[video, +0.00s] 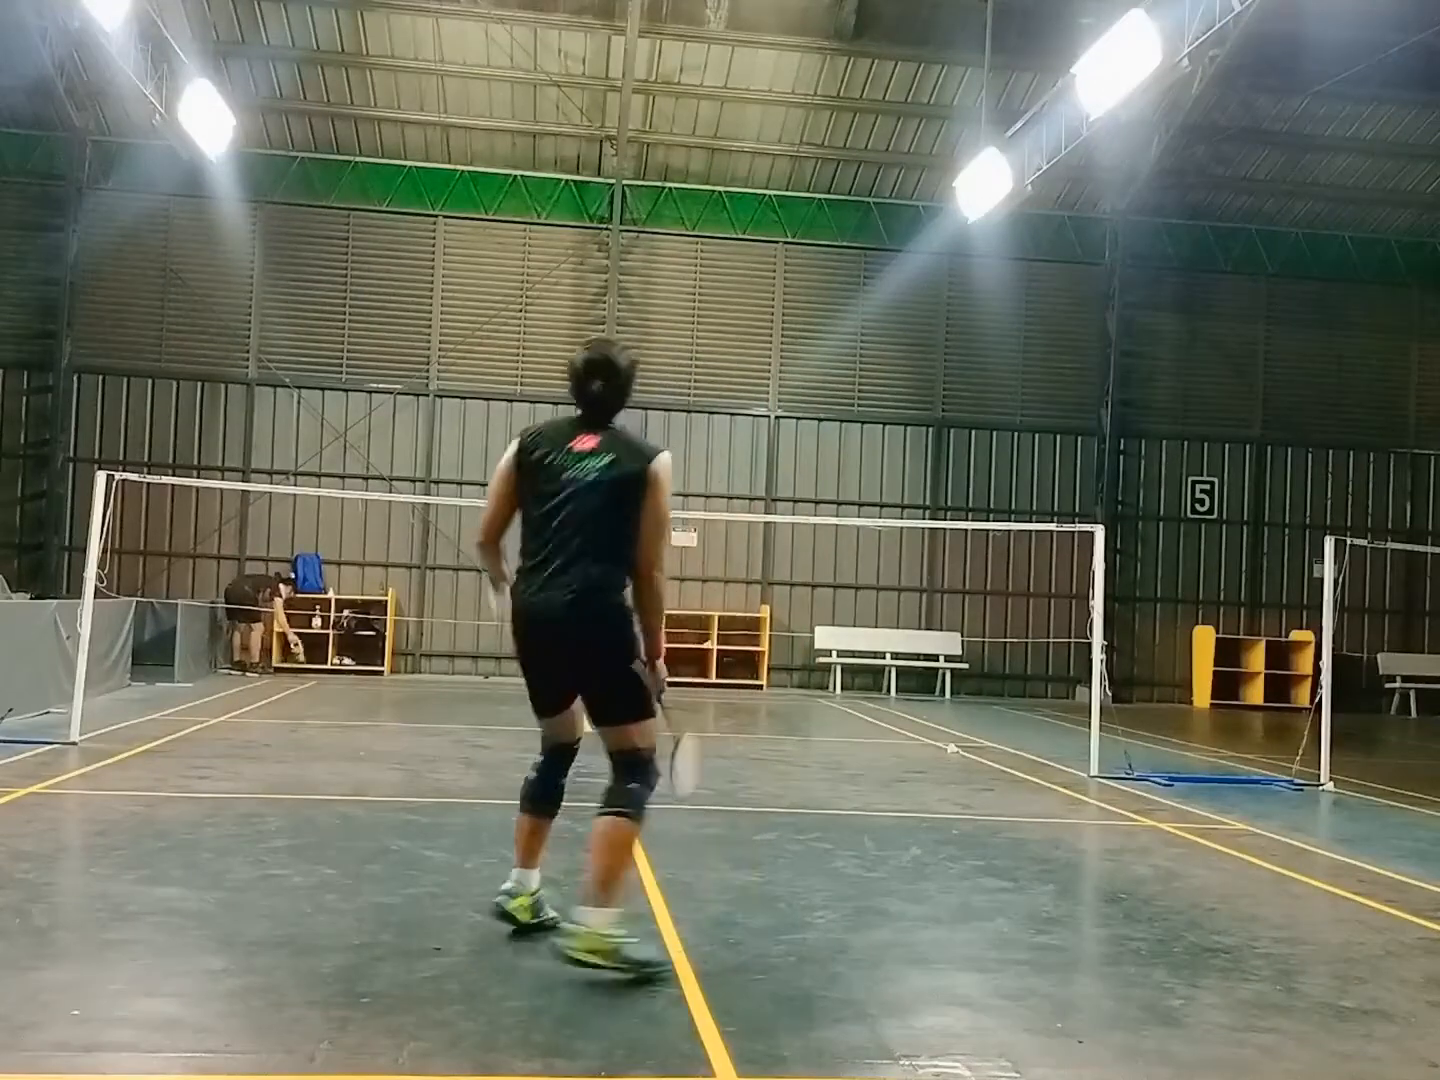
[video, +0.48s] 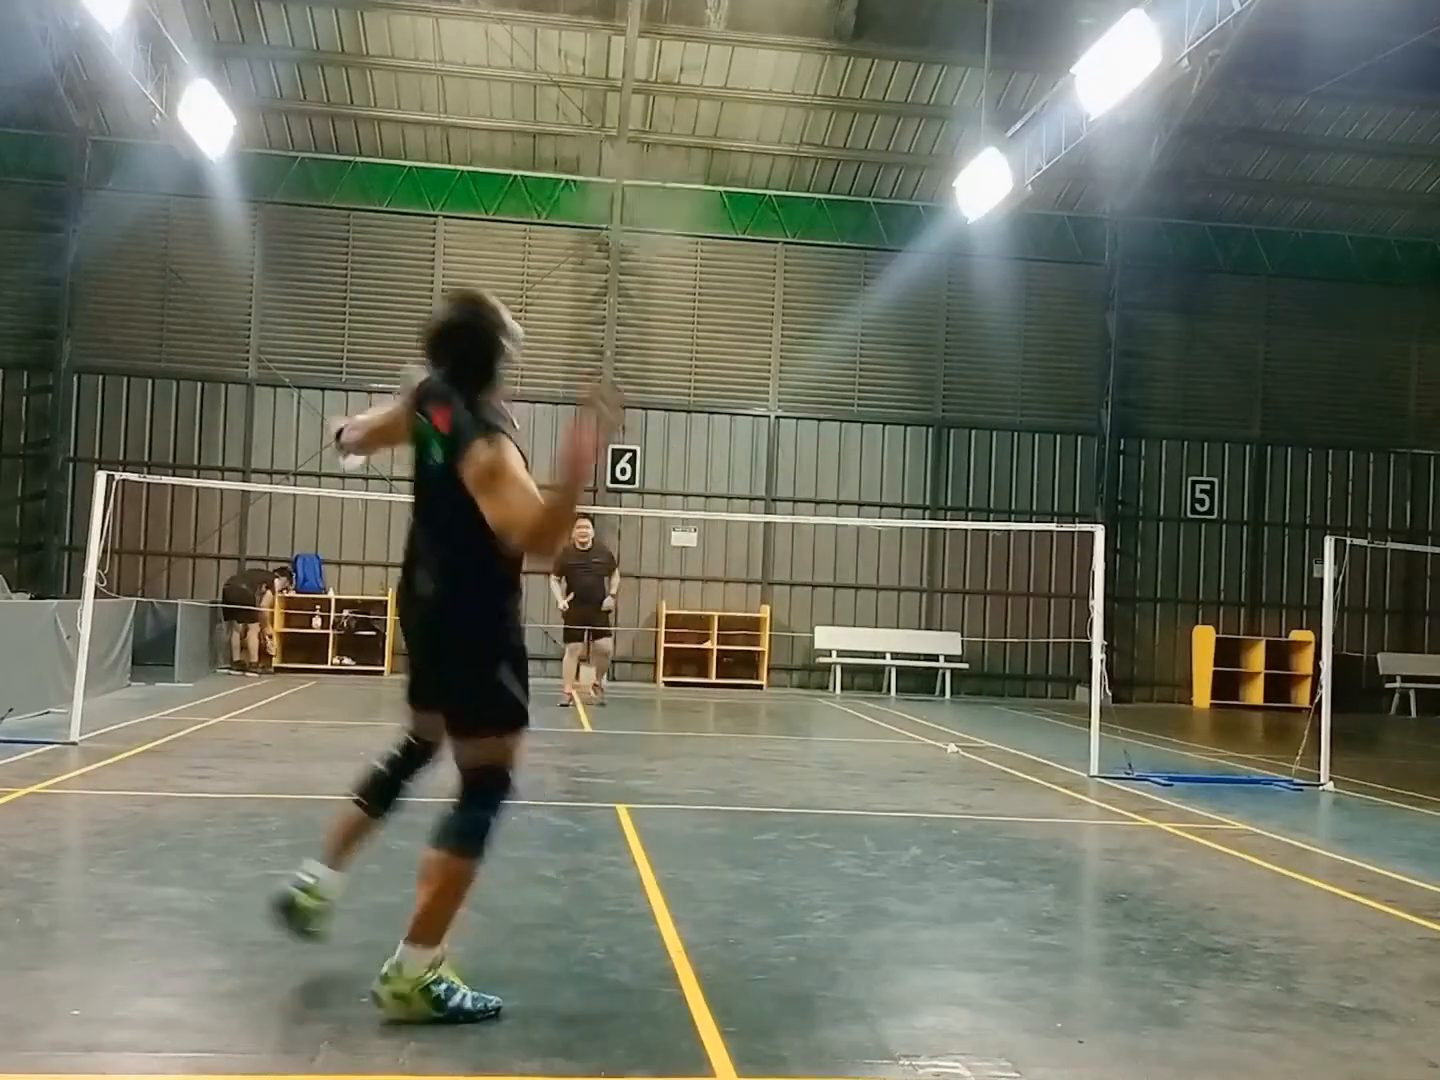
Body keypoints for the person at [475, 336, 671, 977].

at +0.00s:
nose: (606, 397)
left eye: (594, 384)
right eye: (622, 392)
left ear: (572, 392)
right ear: (625, 398)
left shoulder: (530, 446)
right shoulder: (646, 461)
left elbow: (487, 538)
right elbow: (647, 569)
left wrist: (500, 571)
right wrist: (653, 652)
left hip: (532, 618)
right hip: (600, 622)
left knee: (558, 747)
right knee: (634, 765)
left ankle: (521, 885)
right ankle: (598, 924)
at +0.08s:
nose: (590, 419)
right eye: (597, 411)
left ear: (547, 415)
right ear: (599, 419)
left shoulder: (505, 465)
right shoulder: (617, 488)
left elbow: (447, 531)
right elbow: (625, 596)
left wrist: (489, 494)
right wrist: (658, 668)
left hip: (515, 647)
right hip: (574, 651)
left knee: (554, 766)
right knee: (611, 787)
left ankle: (520, 905)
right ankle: (523, 905)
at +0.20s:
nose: (578, 421)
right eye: (580, 413)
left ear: (526, 419)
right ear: (580, 425)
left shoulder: (487, 458)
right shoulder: (588, 503)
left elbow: (419, 478)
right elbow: (599, 610)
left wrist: (459, 415)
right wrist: (664, 657)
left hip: (491, 650)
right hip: (546, 656)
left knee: (546, 770)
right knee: (567, 804)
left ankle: (511, 900)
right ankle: (470, 914)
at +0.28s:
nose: (565, 399)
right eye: (566, 392)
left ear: (504, 396)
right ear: (562, 405)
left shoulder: (475, 428)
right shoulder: (561, 485)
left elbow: (406, 450)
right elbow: (569, 598)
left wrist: (430, 386)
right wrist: (657, 621)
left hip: (462, 634)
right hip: (509, 645)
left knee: (491, 760)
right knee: (528, 803)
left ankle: (490, 890)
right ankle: (429, 950)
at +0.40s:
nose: (543, 383)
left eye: (536, 372)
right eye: (539, 375)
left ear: (477, 379)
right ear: (529, 388)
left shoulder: (450, 418)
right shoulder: (516, 467)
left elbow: (384, 440)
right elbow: (549, 579)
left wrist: (370, 416)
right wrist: (618, 549)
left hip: (432, 630)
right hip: (477, 642)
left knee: (450, 757)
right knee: (514, 803)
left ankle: (393, 891)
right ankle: (417, 968)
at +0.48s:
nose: (514, 350)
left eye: (509, 341)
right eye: (509, 343)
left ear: (442, 356)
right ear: (492, 359)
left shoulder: (426, 404)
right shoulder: (485, 442)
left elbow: (353, 438)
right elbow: (540, 537)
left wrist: (382, 421)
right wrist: (580, 456)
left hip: (425, 615)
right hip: (479, 629)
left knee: (420, 741)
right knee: (485, 785)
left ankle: (318, 880)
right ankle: (416, 968)